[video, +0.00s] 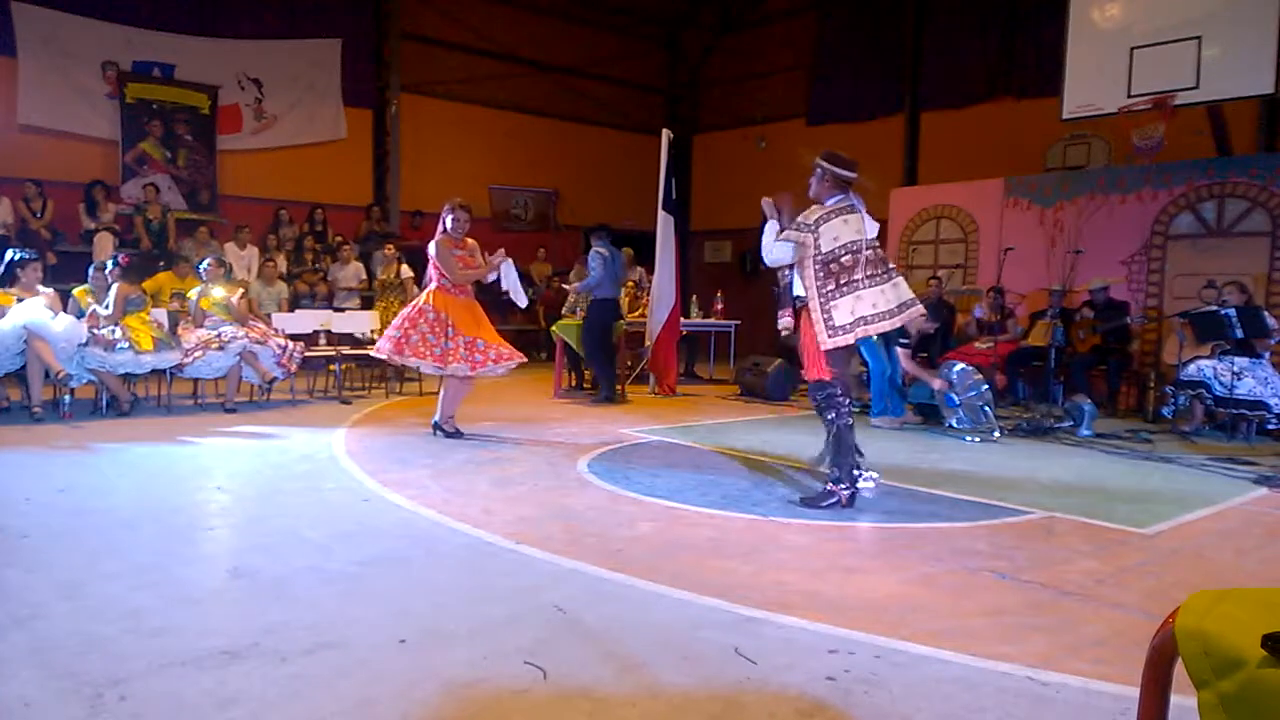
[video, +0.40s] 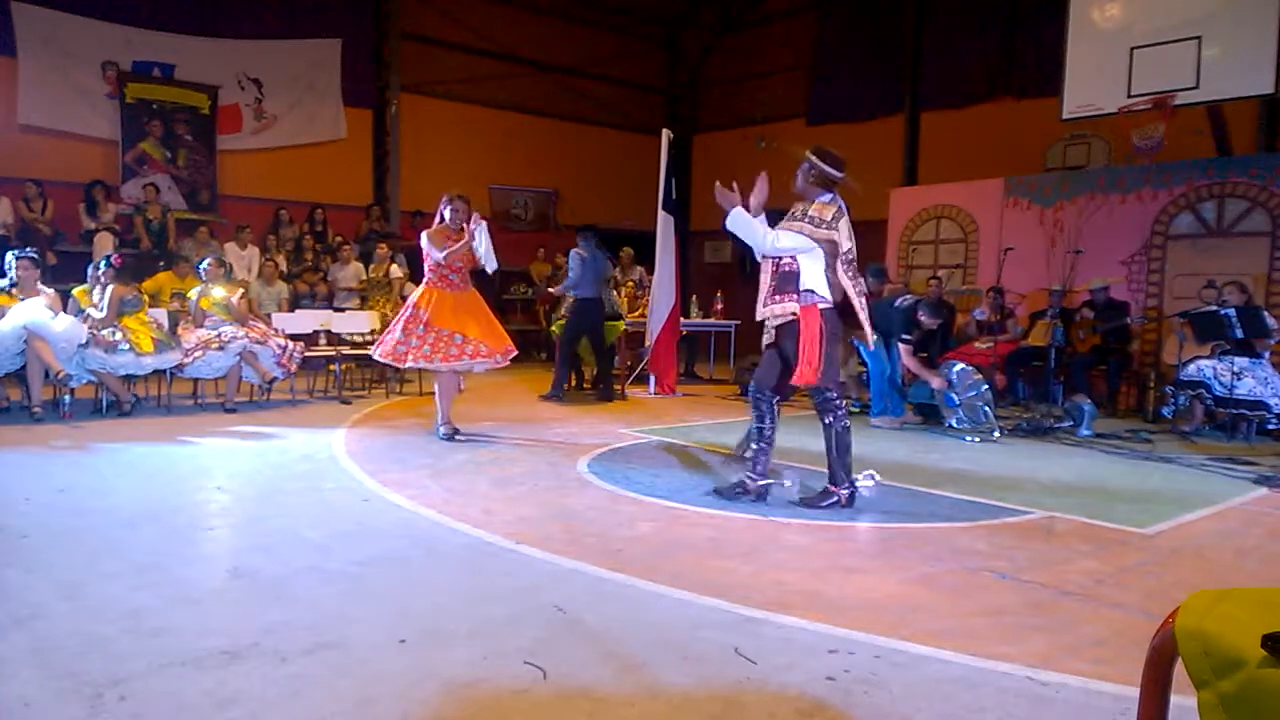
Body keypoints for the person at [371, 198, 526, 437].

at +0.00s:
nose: (460, 225)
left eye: (464, 221)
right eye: (455, 220)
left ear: (470, 223)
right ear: (445, 220)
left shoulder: (471, 244)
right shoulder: (439, 244)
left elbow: (481, 274)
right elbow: (455, 276)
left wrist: (494, 264)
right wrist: (487, 269)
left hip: (465, 308)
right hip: (444, 308)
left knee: (464, 370)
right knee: (457, 369)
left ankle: (446, 418)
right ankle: (443, 418)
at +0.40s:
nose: (456, 216)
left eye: (461, 212)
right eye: (453, 210)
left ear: (468, 215)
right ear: (443, 211)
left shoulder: (467, 237)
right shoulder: (431, 235)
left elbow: (481, 261)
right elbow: (444, 255)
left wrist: (480, 235)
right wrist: (469, 239)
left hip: (461, 300)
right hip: (438, 299)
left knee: (453, 364)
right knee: (444, 363)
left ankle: (445, 418)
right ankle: (444, 420)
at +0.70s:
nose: (454, 214)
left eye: (457, 210)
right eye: (450, 209)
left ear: (461, 212)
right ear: (442, 208)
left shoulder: (465, 235)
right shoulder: (427, 230)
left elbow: (480, 249)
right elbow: (435, 243)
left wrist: (466, 218)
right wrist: (450, 217)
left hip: (460, 299)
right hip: (435, 298)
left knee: (454, 365)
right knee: (436, 363)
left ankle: (446, 417)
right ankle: (441, 420)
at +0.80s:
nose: (449, 211)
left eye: (453, 207)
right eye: (446, 205)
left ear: (459, 211)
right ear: (439, 207)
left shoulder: (465, 234)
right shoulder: (426, 231)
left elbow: (478, 246)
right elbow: (434, 239)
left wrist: (463, 218)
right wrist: (446, 216)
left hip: (461, 298)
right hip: (434, 296)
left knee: (457, 365)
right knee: (436, 364)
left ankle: (445, 415)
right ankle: (441, 420)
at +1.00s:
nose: (460, 205)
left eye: (464, 201)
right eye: (456, 201)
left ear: (465, 206)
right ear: (447, 205)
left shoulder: (470, 235)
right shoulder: (430, 231)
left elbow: (477, 237)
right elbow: (426, 231)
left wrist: (460, 205)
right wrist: (440, 202)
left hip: (463, 297)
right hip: (435, 297)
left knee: (462, 363)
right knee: (437, 364)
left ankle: (455, 420)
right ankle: (440, 421)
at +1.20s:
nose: (464, 206)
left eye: (467, 202)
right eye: (460, 202)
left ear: (470, 207)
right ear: (451, 206)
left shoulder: (475, 235)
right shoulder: (436, 231)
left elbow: (472, 226)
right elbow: (427, 226)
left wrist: (453, 201)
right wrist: (437, 198)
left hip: (466, 296)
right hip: (438, 295)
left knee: (464, 364)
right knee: (439, 364)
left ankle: (460, 421)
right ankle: (442, 422)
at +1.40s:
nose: (467, 206)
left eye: (470, 202)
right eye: (462, 202)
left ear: (476, 207)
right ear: (452, 205)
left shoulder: (481, 234)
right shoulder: (440, 229)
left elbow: (470, 230)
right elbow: (424, 223)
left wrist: (451, 202)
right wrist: (432, 197)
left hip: (470, 297)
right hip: (442, 295)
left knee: (465, 364)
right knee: (445, 363)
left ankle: (461, 420)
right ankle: (448, 420)